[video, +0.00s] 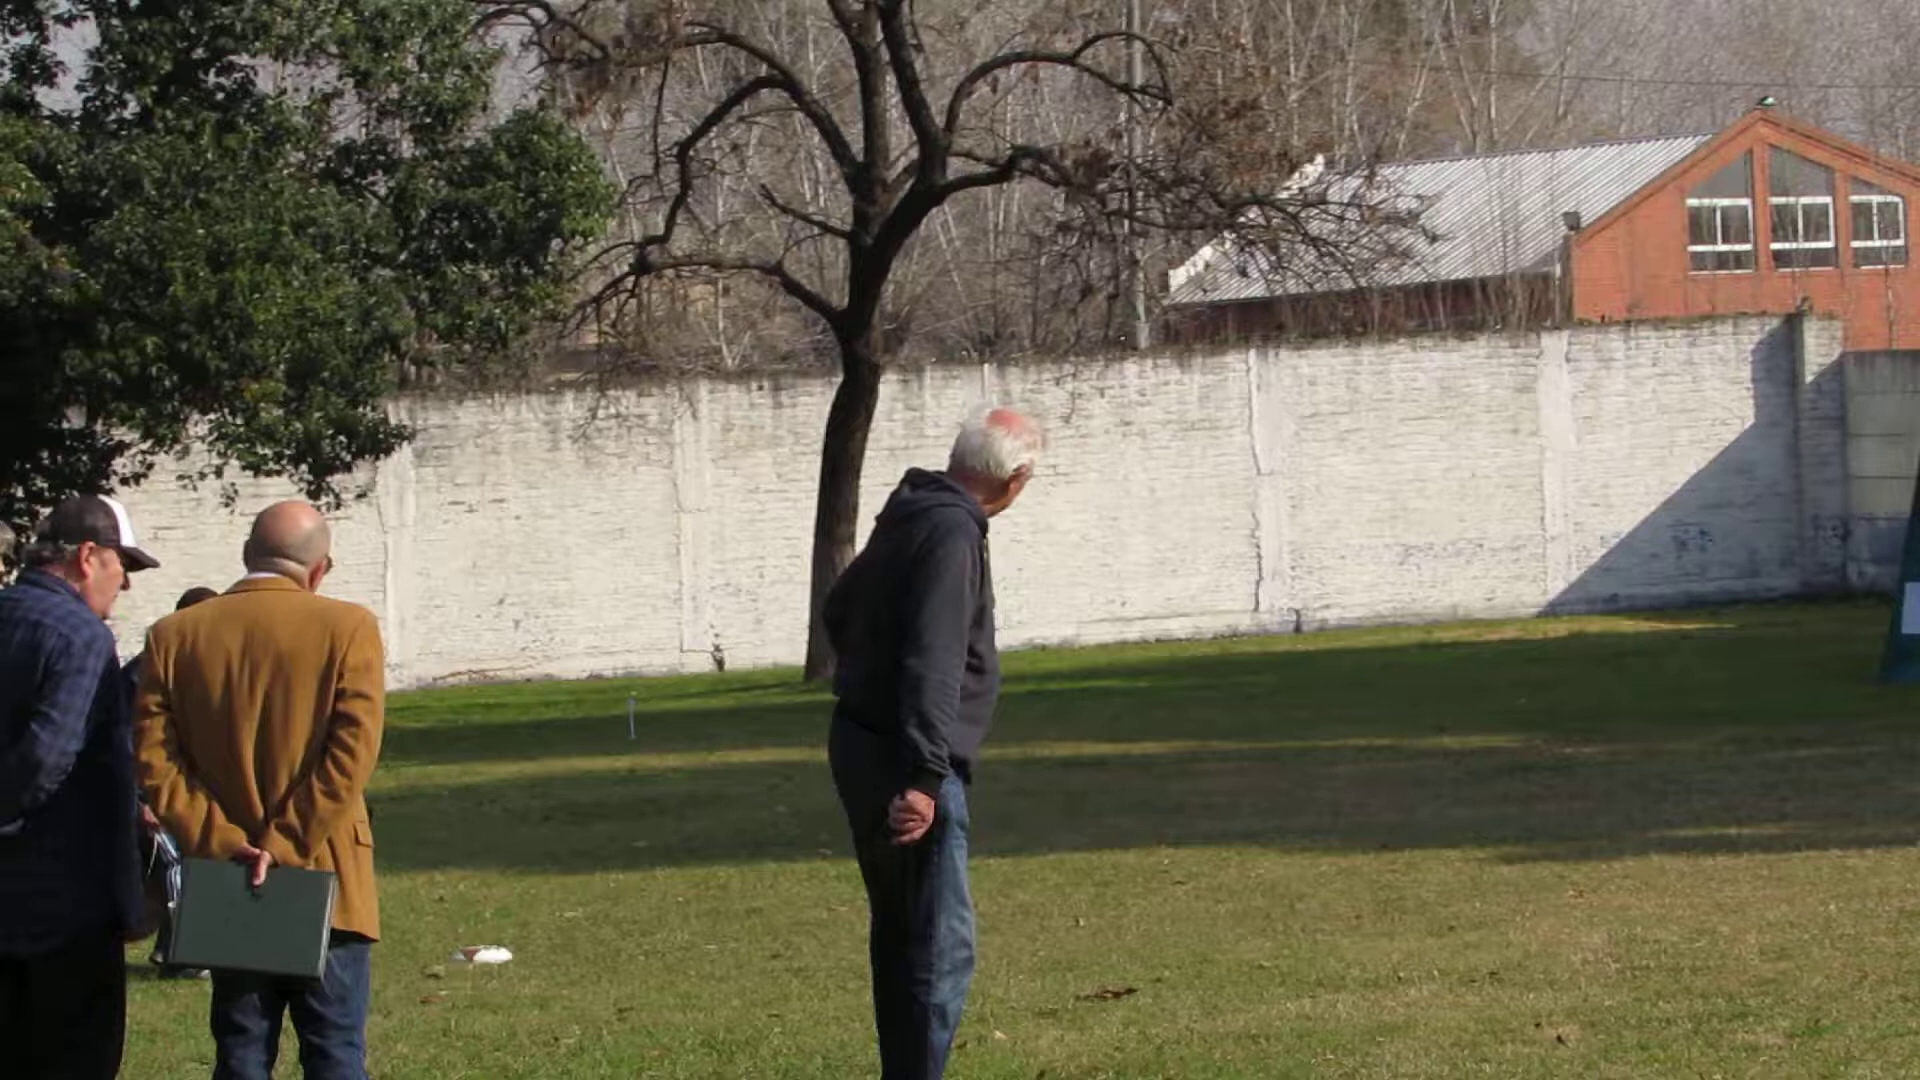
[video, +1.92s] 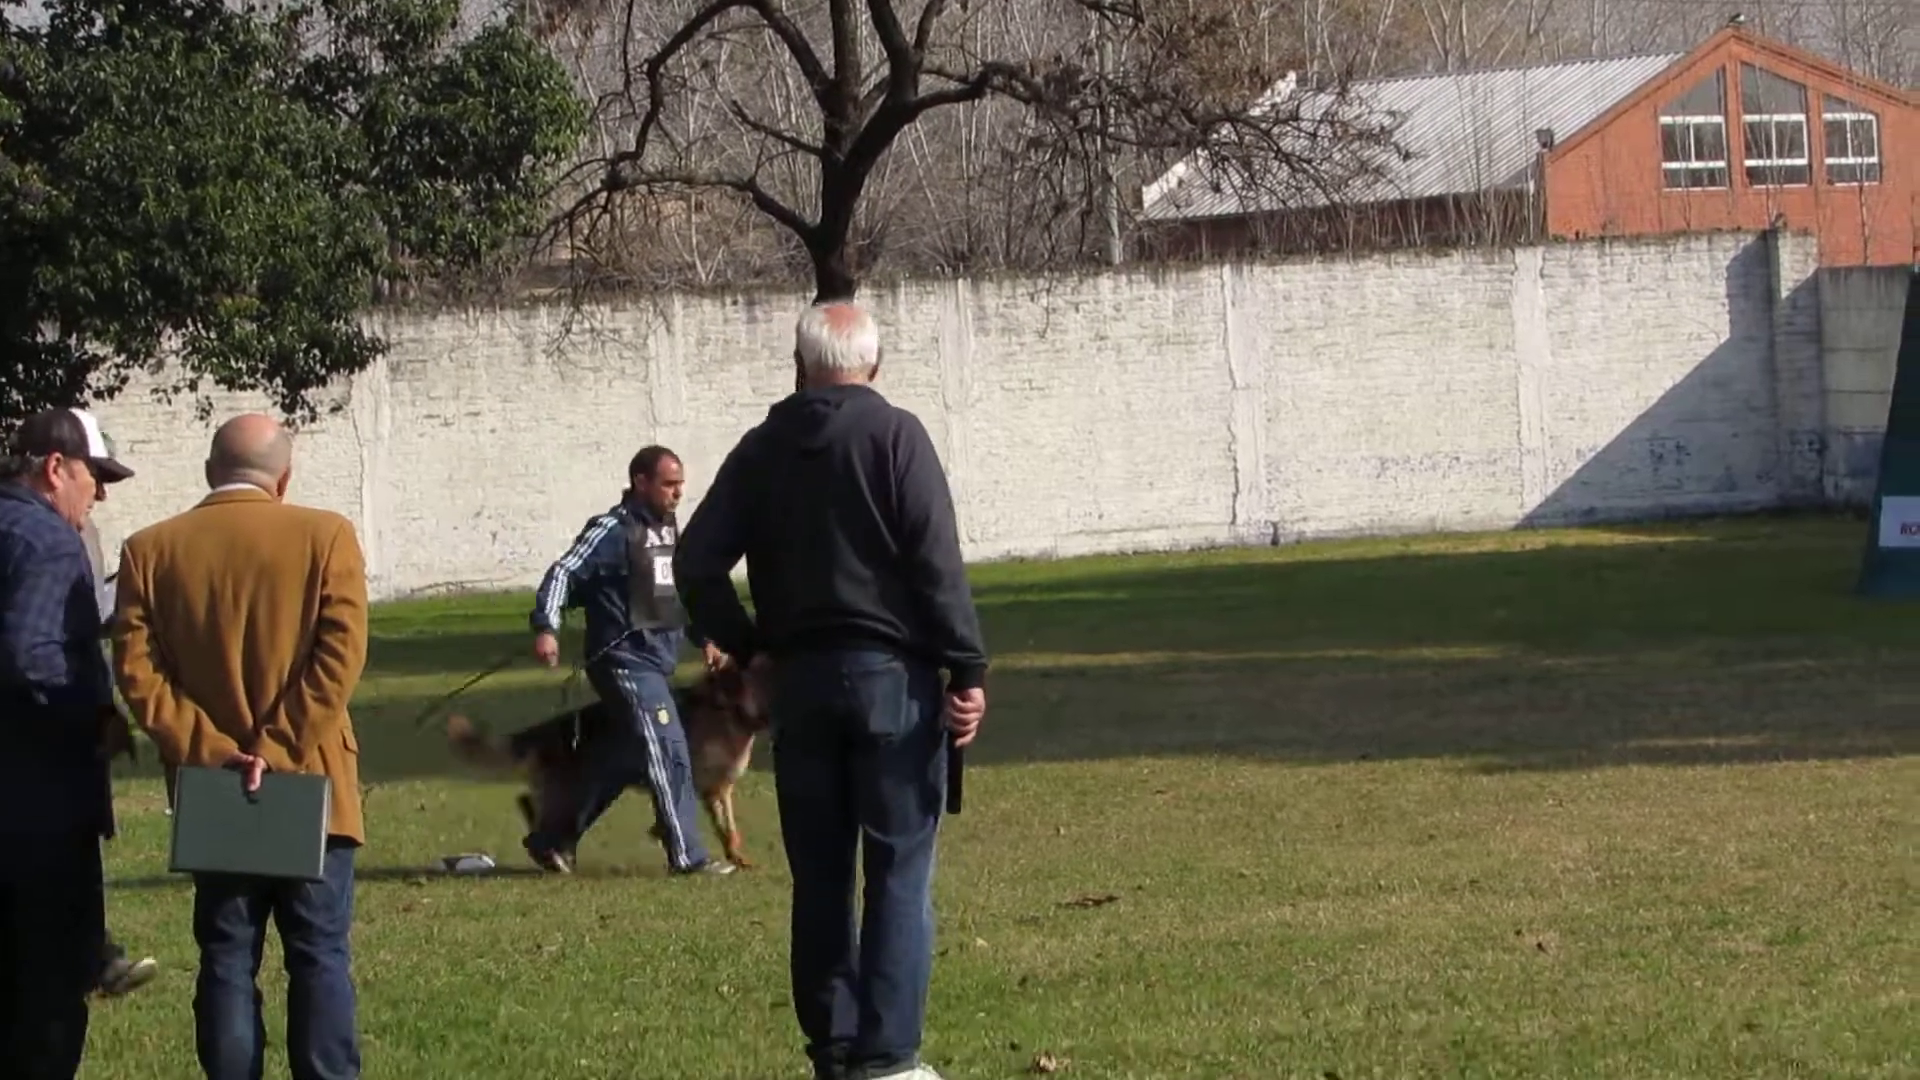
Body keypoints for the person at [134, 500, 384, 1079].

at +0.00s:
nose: (325, 571)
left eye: (322, 562)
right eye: (325, 563)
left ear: (245, 557)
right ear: (316, 569)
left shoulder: (172, 634)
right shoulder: (349, 627)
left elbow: (152, 764)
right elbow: (351, 756)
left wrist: (224, 841)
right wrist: (283, 843)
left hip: (226, 899)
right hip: (331, 895)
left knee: (241, 1055)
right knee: (336, 1053)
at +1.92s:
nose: (291, 478)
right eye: (291, 470)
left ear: (210, 472)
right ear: (282, 476)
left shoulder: (149, 549)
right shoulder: (328, 535)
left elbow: (137, 676)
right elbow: (339, 659)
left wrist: (215, 752)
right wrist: (274, 747)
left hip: (210, 804)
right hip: (317, 799)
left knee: (225, 962)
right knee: (320, 960)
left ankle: (231, 1076)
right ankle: (327, 1074)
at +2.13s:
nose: (267, 374)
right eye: (266, 365)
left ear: (186, 368)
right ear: (262, 372)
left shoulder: (133, 448)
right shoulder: (309, 434)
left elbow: (118, 575)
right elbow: (319, 555)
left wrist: (189, 649)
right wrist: (260, 648)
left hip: (191, 702)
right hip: (295, 698)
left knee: (205, 859)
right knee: (300, 857)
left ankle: (213, 1037)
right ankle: (315, 1030)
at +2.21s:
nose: (237, 332)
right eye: (237, 323)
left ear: (156, 331)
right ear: (233, 332)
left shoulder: (109, 408)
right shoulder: (283, 393)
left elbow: (93, 536)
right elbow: (295, 515)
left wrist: (170, 608)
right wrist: (236, 609)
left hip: (167, 661)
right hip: (270, 657)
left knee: (180, 819)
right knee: (275, 817)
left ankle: (189, 997)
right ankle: (290, 990)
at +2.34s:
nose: (188, 291)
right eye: (187, 282)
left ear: (107, 291)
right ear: (184, 291)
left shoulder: (60, 370)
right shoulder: (237, 352)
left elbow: (47, 498)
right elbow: (250, 475)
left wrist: (128, 571)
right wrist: (192, 568)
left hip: (121, 620)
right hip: (225, 616)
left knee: (135, 776)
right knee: (230, 775)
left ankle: (143, 958)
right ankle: (244, 950)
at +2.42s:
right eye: (158, 262)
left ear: (76, 274)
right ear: (154, 272)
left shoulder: (27, 355)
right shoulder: (207, 333)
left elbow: (18, 482)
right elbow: (222, 454)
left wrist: (89, 549)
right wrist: (165, 547)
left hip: (90, 604)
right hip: (196, 598)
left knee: (105, 763)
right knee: (200, 760)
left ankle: (114, 941)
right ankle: (215, 934)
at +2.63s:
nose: (69, 233)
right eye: (70, 225)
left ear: (0, 233)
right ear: (65, 235)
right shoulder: (118, 297)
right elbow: (137, 419)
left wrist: (22, 520)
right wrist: (77, 508)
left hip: (9, 564)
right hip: (105, 562)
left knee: (18, 730)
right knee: (111, 725)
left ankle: (24, 908)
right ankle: (126, 899)